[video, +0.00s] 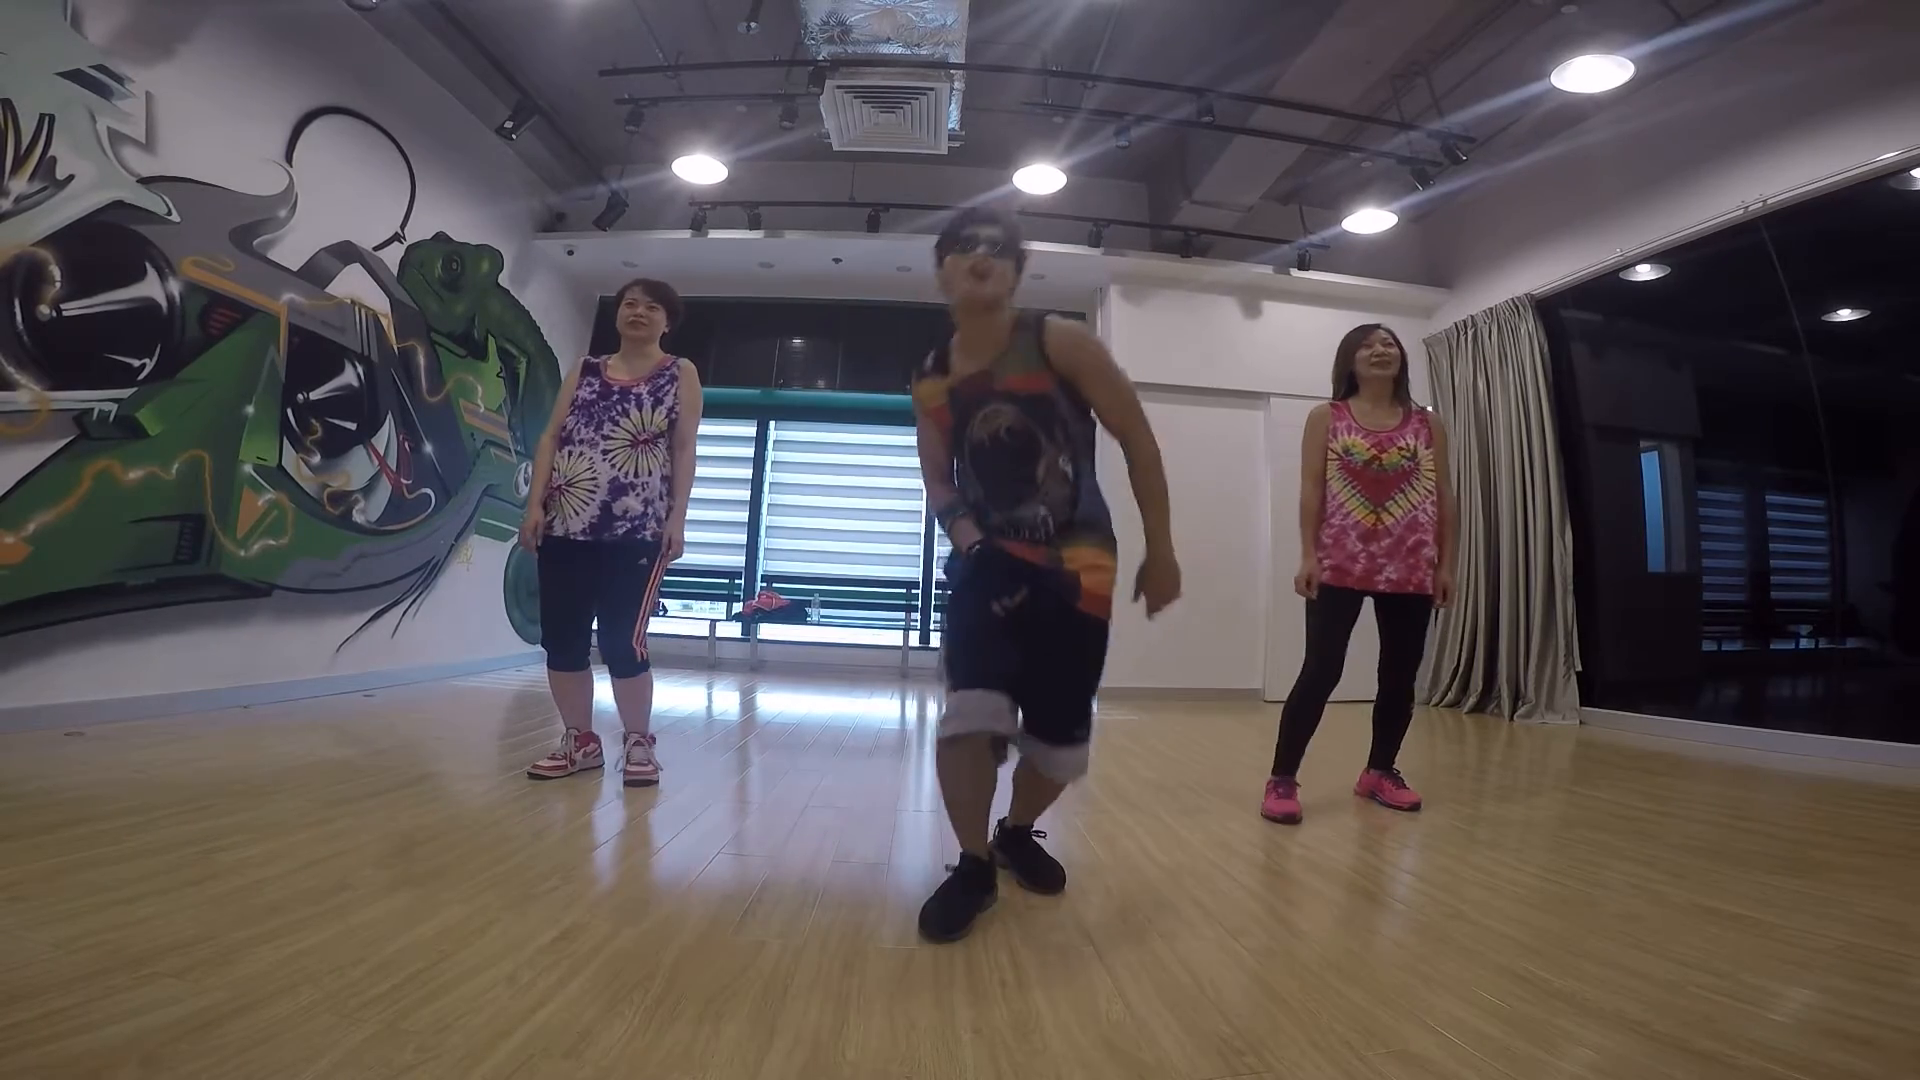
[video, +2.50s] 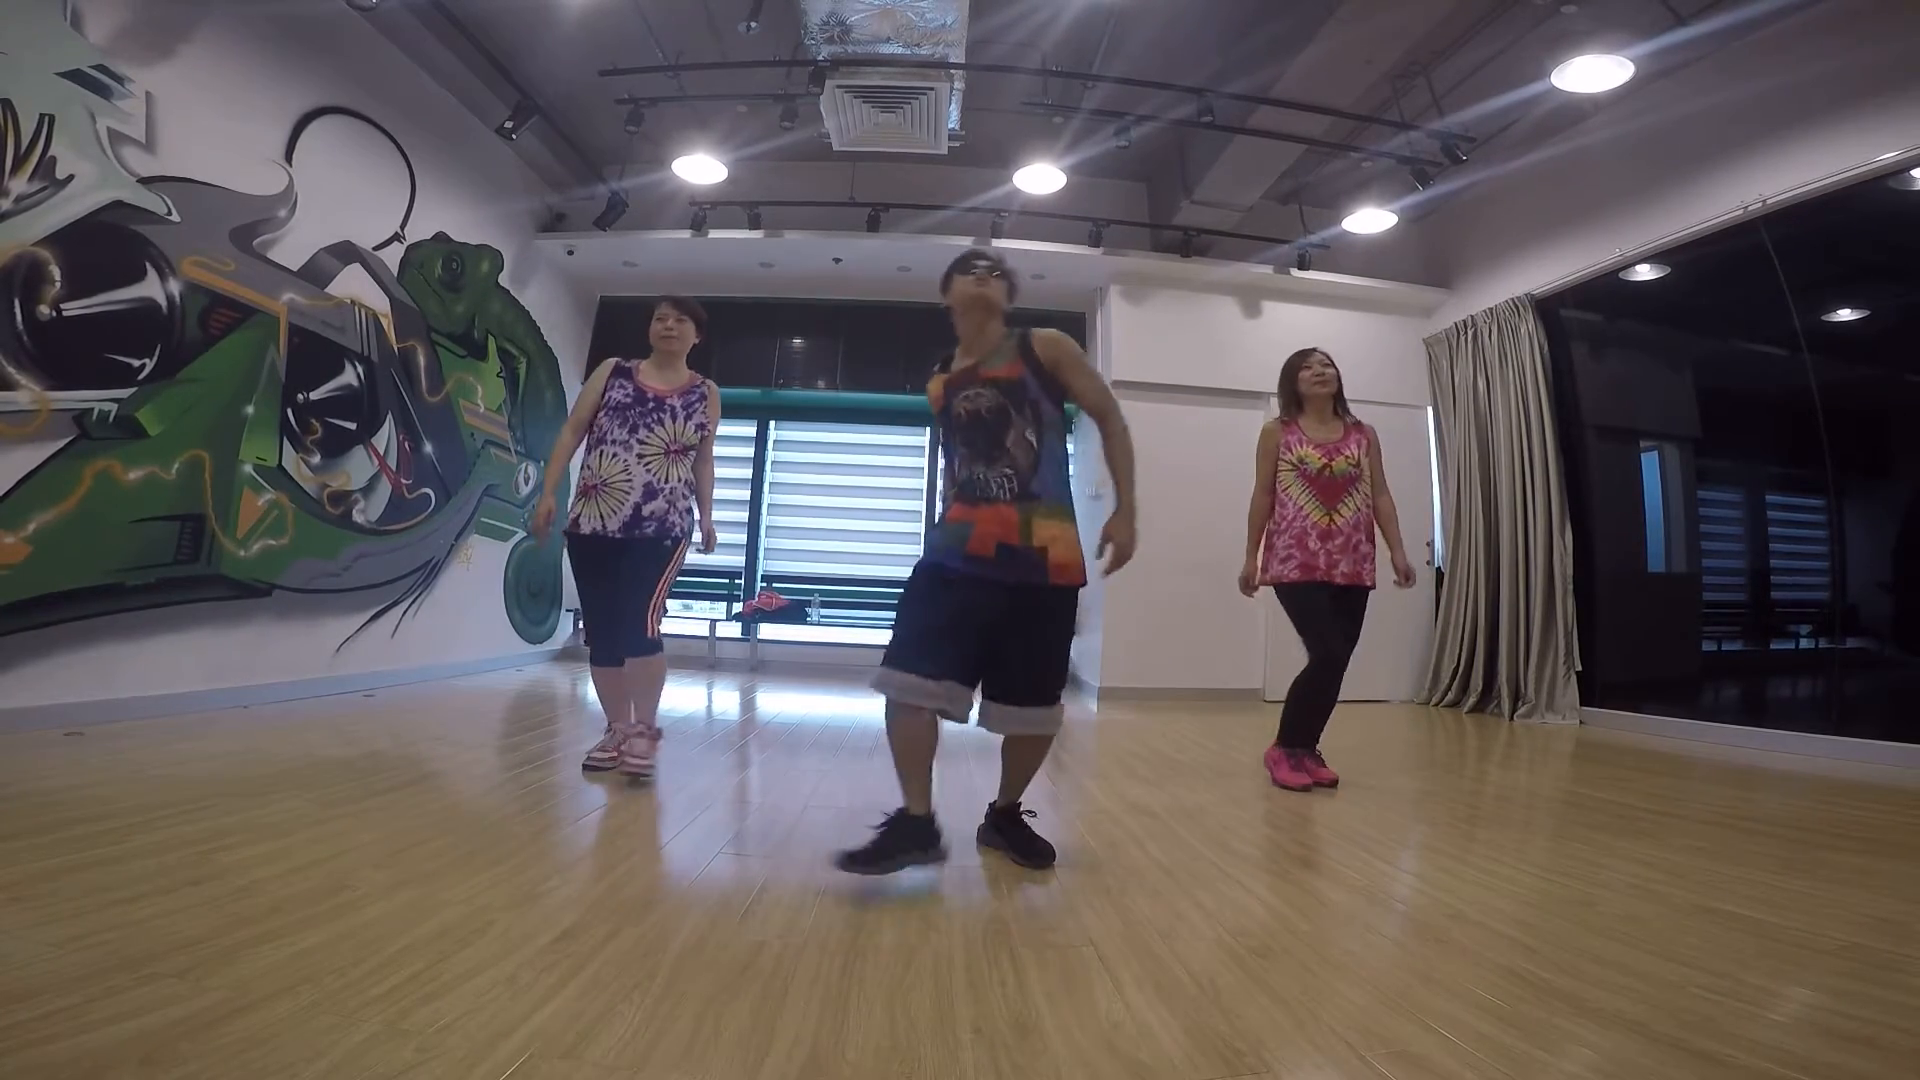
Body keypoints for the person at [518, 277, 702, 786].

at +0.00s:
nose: (637, 310)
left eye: (649, 305)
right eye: (629, 303)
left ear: (667, 321)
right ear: (615, 315)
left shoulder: (680, 374)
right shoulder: (584, 371)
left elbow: (684, 451)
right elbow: (552, 437)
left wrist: (676, 519)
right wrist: (535, 503)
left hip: (636, 532)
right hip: (566, 528)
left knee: (622, 644)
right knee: (562, 642)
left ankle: (638, 742)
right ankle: (579, 742)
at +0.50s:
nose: (635, 306)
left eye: (648, 301)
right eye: (628, 300)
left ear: (669, 320)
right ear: (615, 314)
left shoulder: (681, 383)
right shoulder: (593, 375)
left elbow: (687, 444)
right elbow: (574, 442)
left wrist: (668, 502)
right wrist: (554, 506)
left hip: (648, 527)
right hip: (582, 525)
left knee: (635, 636)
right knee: (565, 634)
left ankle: (640, 741)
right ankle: (590, 736)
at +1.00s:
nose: (646, 305)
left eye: (659, 300)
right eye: (637, 298)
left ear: (675, 317)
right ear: (623, 312)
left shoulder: (686, 376)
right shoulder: (585, 359)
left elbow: (686, 450)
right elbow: (549, 424)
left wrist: (689, 519)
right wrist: (523, 493)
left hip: (646, 522)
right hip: (574, 518)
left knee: (626, 632)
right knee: (580, 636)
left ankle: (628, 744)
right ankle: (591, 741)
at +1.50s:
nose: (658, 322)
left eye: (670, 316)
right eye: (650, 315)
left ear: (689, 330)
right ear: (639, 327)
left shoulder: (703, 384)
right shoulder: (612, 381)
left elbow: (710, 456)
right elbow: (584, 454)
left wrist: (696, 504)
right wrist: (565, 518)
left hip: (662, 537)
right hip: (596, 531)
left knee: (643, 642)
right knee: (571, 635)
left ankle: (646, 738)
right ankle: (582, 742)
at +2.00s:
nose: (645, 327)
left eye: (657, 321)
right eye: (637, 320)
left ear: (675, 336)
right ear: (626, 332)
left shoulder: (687, 378)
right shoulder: (609, 388)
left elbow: (703, 449)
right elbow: (592, 461)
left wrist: (708, 511)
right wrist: (576, 525)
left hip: (663, 530)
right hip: (599, 530)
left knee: (639, 636)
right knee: (599, 640)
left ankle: (649, 735)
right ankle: (618, 733)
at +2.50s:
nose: (669, 325)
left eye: (680, 320)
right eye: (661, 318)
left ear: (696, 334)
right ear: (648, 329)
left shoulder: (704, 392)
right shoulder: (612, 372)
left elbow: (703, 459)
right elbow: (572, 432)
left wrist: (705, 517)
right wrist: (547, 491)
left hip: (660, 526)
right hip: (595, 522)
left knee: (638, 622)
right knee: (601, 631)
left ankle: (644, 732)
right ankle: (616, 732)